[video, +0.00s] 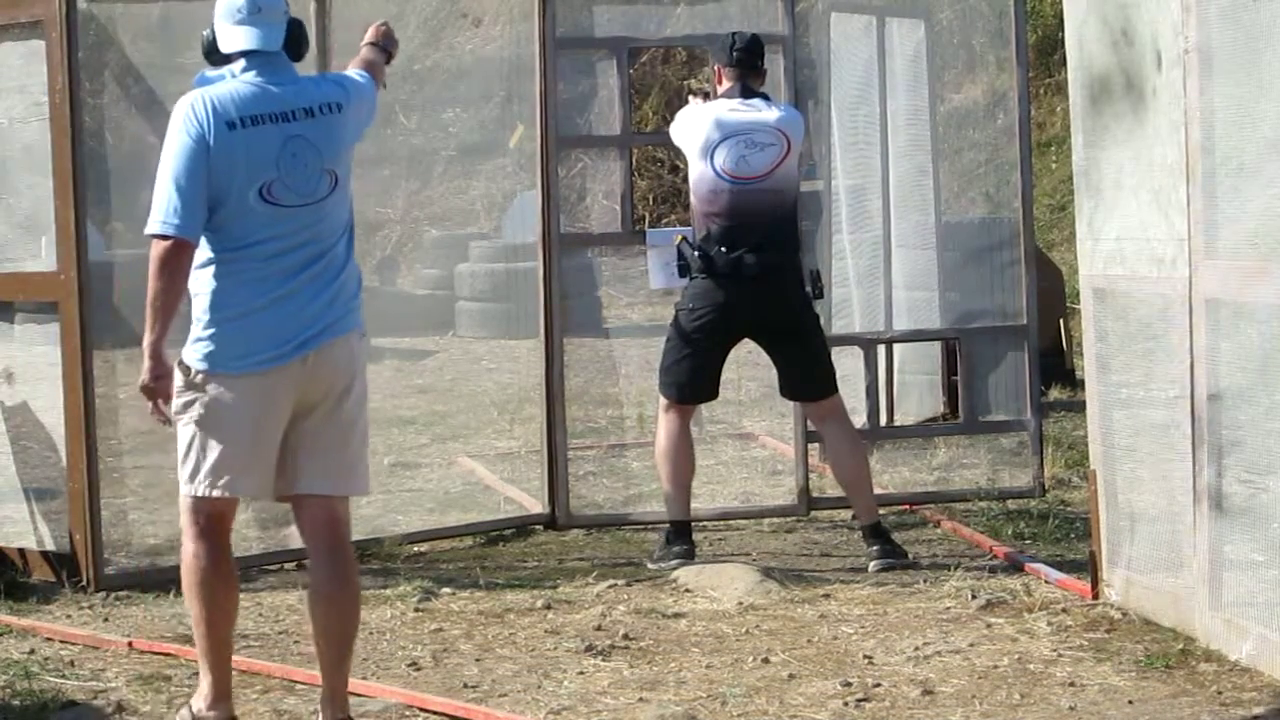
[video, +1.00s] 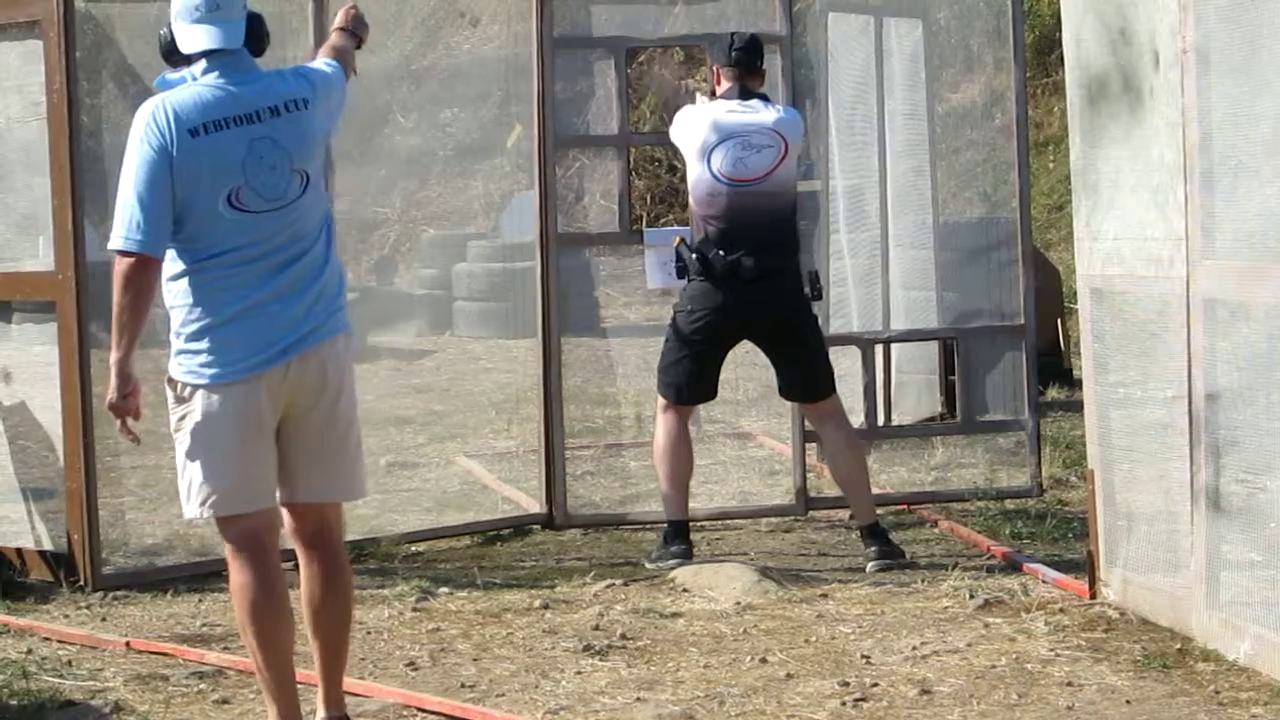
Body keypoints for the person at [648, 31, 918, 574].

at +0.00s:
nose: (716, 81)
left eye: (715, 74)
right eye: (728, 74)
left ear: (720, 77)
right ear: (763, 76)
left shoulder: (693, 121)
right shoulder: (793, 121)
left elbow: (688, 120)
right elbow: (759, 123)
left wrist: (712, 99)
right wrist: (732, 96)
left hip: (713, 294)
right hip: (783, 294)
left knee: (675, 409)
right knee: (830, 414)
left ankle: (678, 539)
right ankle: (877, 538)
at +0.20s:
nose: (716, 82)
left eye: (714, 75)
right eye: (731, 74)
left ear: (719, 78)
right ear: (763, 77)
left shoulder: (692, 123)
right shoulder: (794, 121)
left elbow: (684, 118)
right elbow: (760, 119)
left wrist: (706, 98)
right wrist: (732, 95)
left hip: (713, 295)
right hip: (783, 295)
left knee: (674, 409)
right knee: (829, 414)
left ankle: (677, 539)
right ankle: (877, 539)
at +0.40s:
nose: (715, 83)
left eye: (713, 76)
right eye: (732, 75)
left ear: (717, 78)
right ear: (762, 76)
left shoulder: (693, 122)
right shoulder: (792, 121)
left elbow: (686, 122)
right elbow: (760, 125)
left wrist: (708, 100)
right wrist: (731, 97)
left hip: (711, 296)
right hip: (782, 295)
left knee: (673, 409)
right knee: (828, 415)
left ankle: (675, 539)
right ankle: (874, 536)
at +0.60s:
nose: (712, 82)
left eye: (711, 75)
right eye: (724, 74)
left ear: (716, 77)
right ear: (761, 76)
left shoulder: (690, 121)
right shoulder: (790, 120)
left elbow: (694, 128)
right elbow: (762, 128)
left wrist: (720, 98)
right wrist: (737, 96)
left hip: (710, 296)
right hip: (781, 295)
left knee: (673, 409)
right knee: (828, 415)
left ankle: (675, 539)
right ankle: (874, 536)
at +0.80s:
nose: (712, 81)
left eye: (711, 75)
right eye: (723, 74)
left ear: (716, 77)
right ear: (761, 76)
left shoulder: (690, 120)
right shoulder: (790, 120)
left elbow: (693, 127)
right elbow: (763, 126)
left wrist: (720, 98)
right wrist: (737, 95)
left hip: (710, 295)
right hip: (781, 294)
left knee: (672, 408)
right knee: (828, 414)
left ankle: (675, 539)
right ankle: (874, 536)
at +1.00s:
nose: (714, 83)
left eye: (712, 75)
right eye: (729, 74)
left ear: (717, 78)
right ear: (762, 76)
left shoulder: (690, 122)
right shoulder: (791, 122)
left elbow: (692, 123)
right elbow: (759, 124)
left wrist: (713, 100)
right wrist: (731, 98)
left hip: (710, 296)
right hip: (781, 294)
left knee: (673, 408)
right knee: (828, 414)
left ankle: (675, 538)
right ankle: (875, 536)